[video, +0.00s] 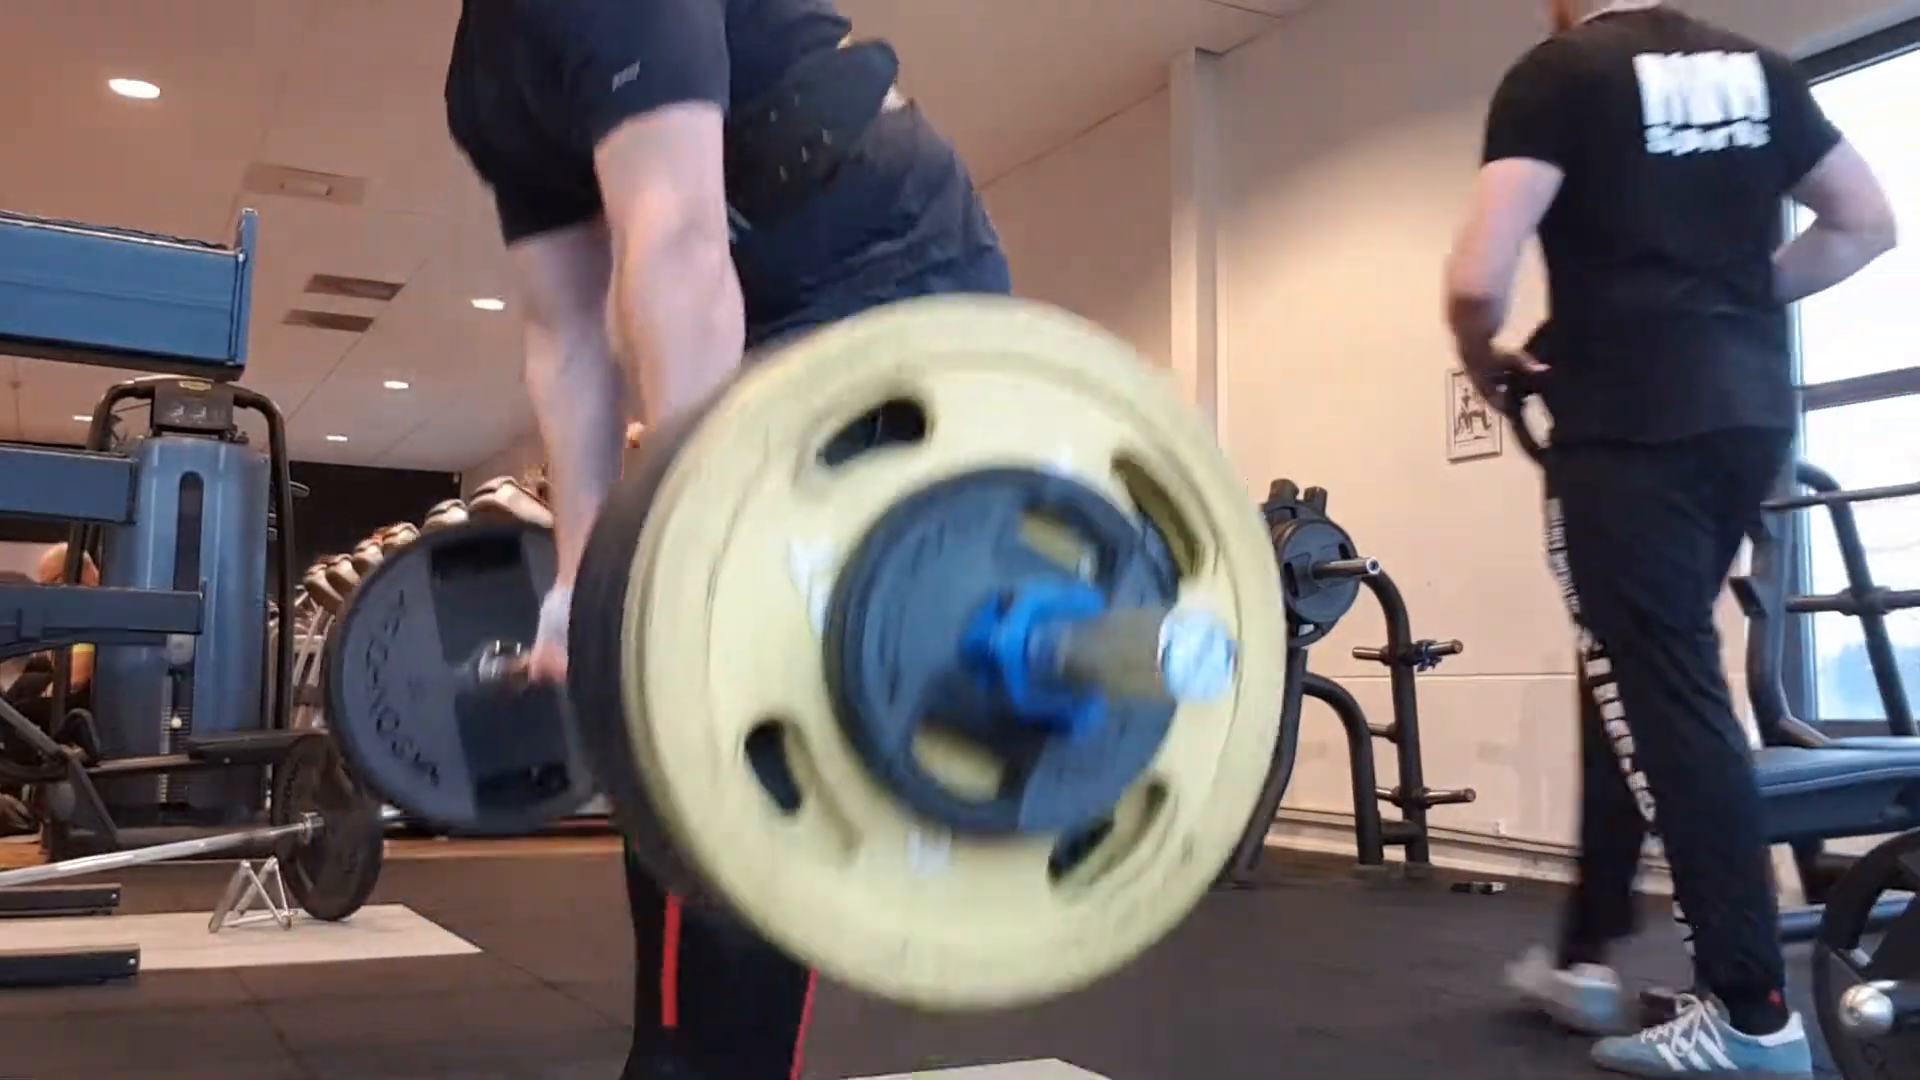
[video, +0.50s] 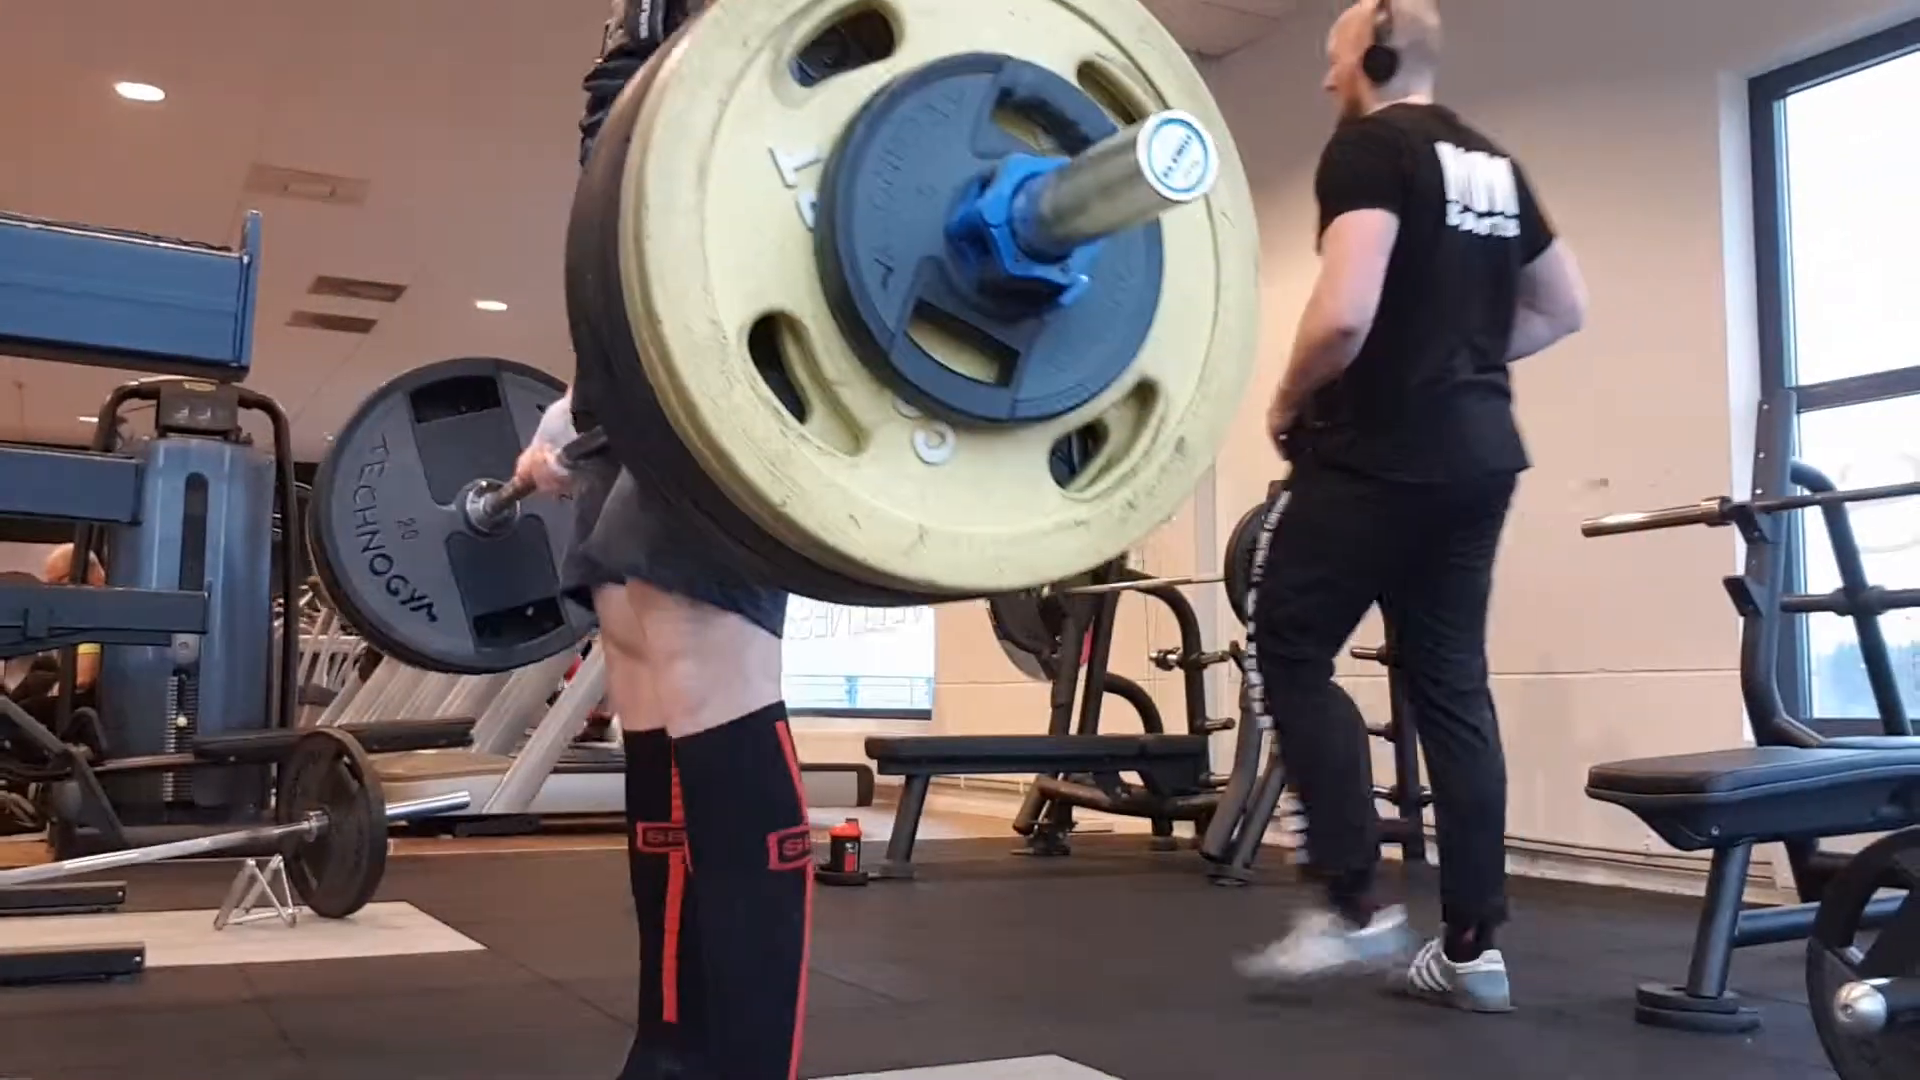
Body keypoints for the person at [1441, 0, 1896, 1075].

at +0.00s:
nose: (1539, 29)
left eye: (1539, 22)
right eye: (1544, 24)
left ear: (1563, 9)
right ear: (1655, 1)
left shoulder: (1555, 72)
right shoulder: (1757, 67)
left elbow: (1474, 283)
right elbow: (1865, 223)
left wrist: (1482, 356)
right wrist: (1745, 291)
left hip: (1630, 421)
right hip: (1752, 419)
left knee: (1676, 703)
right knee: (1628, 677)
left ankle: (1753, 1013)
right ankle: (1587, 961)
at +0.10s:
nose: (1502, 35)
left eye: (1501, 26)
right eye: (1509, 28)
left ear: (1520, 19)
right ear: (1613, 12)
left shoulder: (1510, 95)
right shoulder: (1706, 96)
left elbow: (1425, 300)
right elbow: (1807, 250)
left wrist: (1440, 380)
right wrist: (1690, 316)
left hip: (1573, 427)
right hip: (1687, 428)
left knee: (1635, 704)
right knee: (1581, 686)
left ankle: (1746, 1007)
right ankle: (1500, 939)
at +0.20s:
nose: (1460, 36)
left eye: (1463, 23)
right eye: (1467, 24)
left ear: (1485, 25)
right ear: (1569, 25)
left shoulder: (1472, 115)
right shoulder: (1651, 122)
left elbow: (1397, 306)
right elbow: (1755, 275)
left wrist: (1398, 391)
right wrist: (1631, 332)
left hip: (1521, 444)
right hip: (1626, 445)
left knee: (1555, 702)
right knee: (1532, 692)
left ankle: (1718, 970)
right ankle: (1483, 954)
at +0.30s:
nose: (1414, 42)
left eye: (1420, 25)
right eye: (1419, 25)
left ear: (1448, 30)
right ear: (1520, 31)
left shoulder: (1437, 125)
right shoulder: (1597, 137)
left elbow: (1383, 307)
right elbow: (1679, 295)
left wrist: (1357, 390)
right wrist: (1568, 335)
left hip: (1467, 441)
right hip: (1570, 442)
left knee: (1438, 693)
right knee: (1500, 694)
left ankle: (1615, 894)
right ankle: (1475, 954)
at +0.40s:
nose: (1370, 61)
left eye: (1375, 42)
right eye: (1373, 43)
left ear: (1405, 40)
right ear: (1470, 43)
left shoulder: (1405, 135)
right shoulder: (1542, 147)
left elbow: (1364, 313)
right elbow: (1617, 298)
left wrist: (1321, 385)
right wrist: (1515, 341)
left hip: (1427, 441)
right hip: (1525, 441)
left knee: (1339, 649)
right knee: (1477, 679)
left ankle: (1494, 867)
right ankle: (1477, 948)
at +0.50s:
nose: (1325, 77)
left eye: (1331, 59)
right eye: (1328, 59)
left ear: (1364, 57)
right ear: (1423, 64)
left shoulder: (1368, 145)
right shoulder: (1494, 162)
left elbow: (1346, 314)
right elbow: (1559, 308)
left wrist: (1287, 399)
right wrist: (1462, 356)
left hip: (1375, 457)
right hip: (1477, 459)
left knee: (1291, 651)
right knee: (1450, 685)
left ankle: (1354, 910)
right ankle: (1472, 946)